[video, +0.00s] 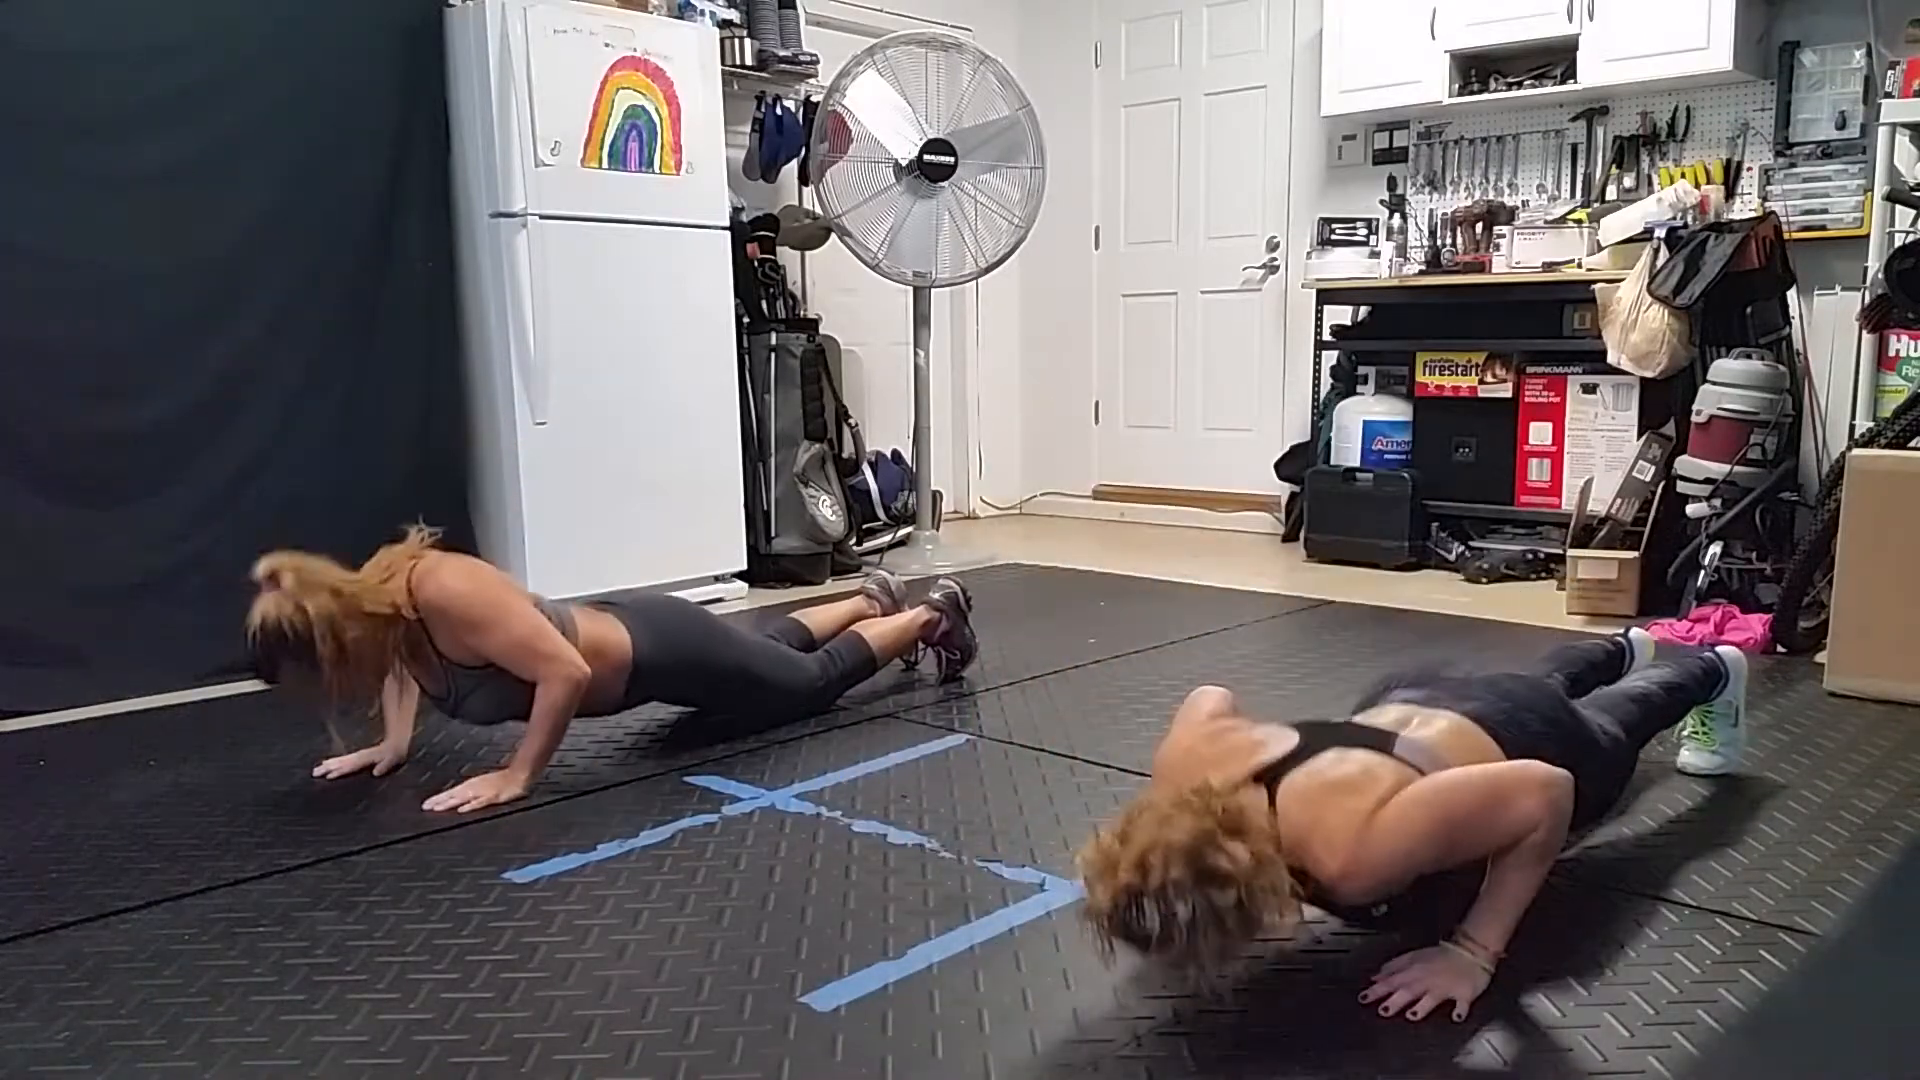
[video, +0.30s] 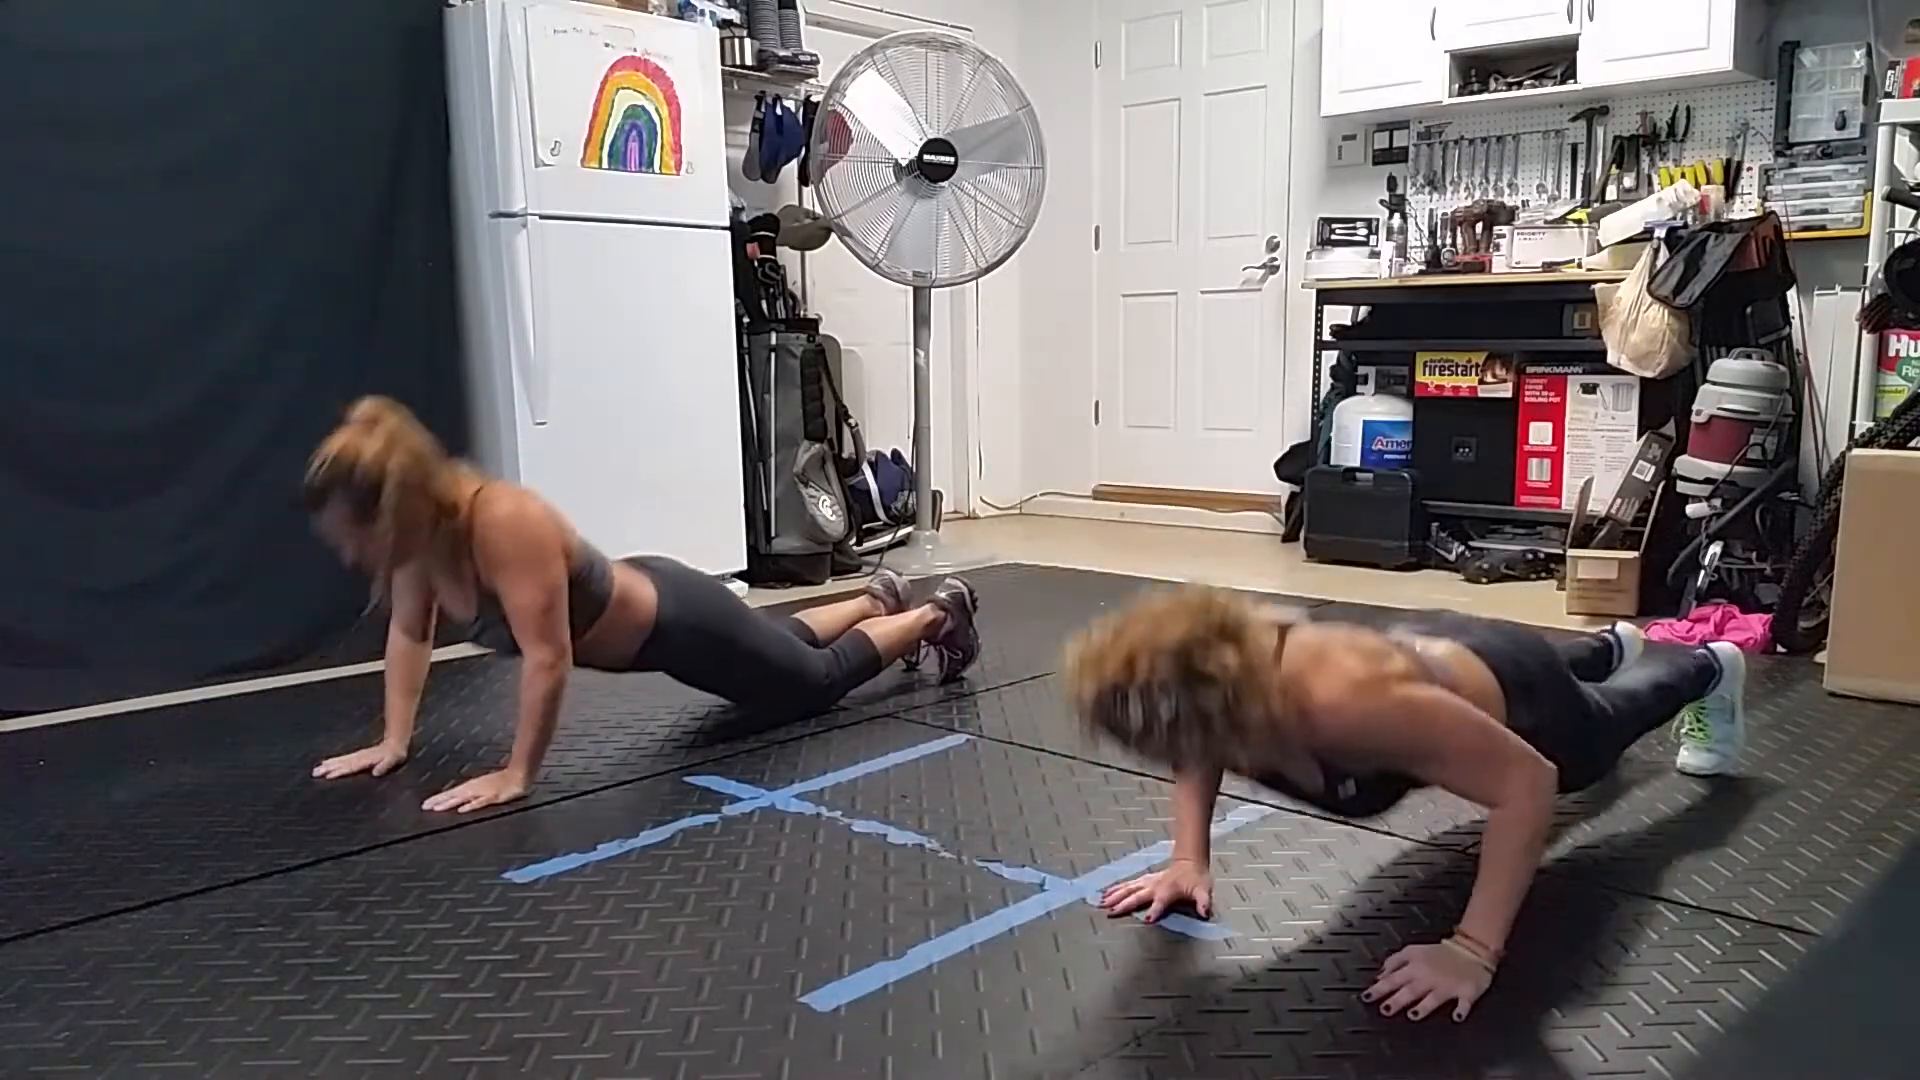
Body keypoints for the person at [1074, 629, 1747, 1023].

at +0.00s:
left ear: (1231, 912)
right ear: (1168, 804)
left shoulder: (1357, 848)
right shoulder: (1178, 773)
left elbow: (1544, 795)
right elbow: (1210, 695)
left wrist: (1474, 949)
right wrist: (1200, 715)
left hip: (1523, 739)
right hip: (1427, 704)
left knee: (1624, 708)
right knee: (1543, 677)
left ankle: (1709, 668)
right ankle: (1628, 642)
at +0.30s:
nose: (1156, 752)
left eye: (1156, 737)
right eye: (1149, 741)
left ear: (1196, 721)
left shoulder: (1341, 700)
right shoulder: (1214, 674)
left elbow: (1528, 785)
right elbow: (1193, 749)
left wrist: (1472, 946)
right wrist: (1189, 860)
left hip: (1518, 694)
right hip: (1439, 648)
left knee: (1620, 700)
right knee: (1548, 656)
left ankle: (1709, 664)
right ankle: (1616, 641)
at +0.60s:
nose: (1153, 621)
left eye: (1159, 605)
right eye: (1147, 608)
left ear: (1208, 576)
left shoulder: (1352, 581)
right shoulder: (1184, 583)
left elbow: (1484, 763)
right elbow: (1177, 712)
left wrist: (1471, 944)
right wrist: (1185, 858)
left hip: (1489, 661)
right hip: (1393, 695)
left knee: (1591, 772)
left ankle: (1696, 664)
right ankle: (1588, 647)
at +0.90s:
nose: (1078, 544)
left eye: (1083, 524)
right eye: (1068, 530)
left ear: (1133, 483)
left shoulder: (1254, 463)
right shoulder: (1105, 511)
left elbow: (1313, 678)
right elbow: (1133, 679)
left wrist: (1298, 859)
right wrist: (1168, 840)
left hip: (1403, 440)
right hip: (1323, 486)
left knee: (1507, 572)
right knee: (1440, 562)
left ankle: (1602, 637)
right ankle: (1509, 618)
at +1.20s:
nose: (973, 653)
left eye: (972, 637)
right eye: (958, 645)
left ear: (1003, 581)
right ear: (986, 575)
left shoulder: (1133, 549)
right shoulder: (1008, 558)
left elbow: (1215, 716)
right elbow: (1005, 672)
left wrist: (1184, 876)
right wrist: (981, 806)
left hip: (1294, 594)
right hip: (1224, 585)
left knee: (1376, 636)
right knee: (1327, 642)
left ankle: (1463, 637)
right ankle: (1388, 661)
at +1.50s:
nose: (939, 791)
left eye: (939, 778)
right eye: (921, 785)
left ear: (964, 737)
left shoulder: (1087, 683)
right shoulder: (958, 637)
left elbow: (1243, 732)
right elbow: (976, 709)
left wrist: (1187, 880)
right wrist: (980, 801)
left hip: (1253, 656)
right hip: (1176, 616)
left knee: (1362, 651)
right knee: (1301, 622)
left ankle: (1451, 631)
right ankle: (1388, 617)